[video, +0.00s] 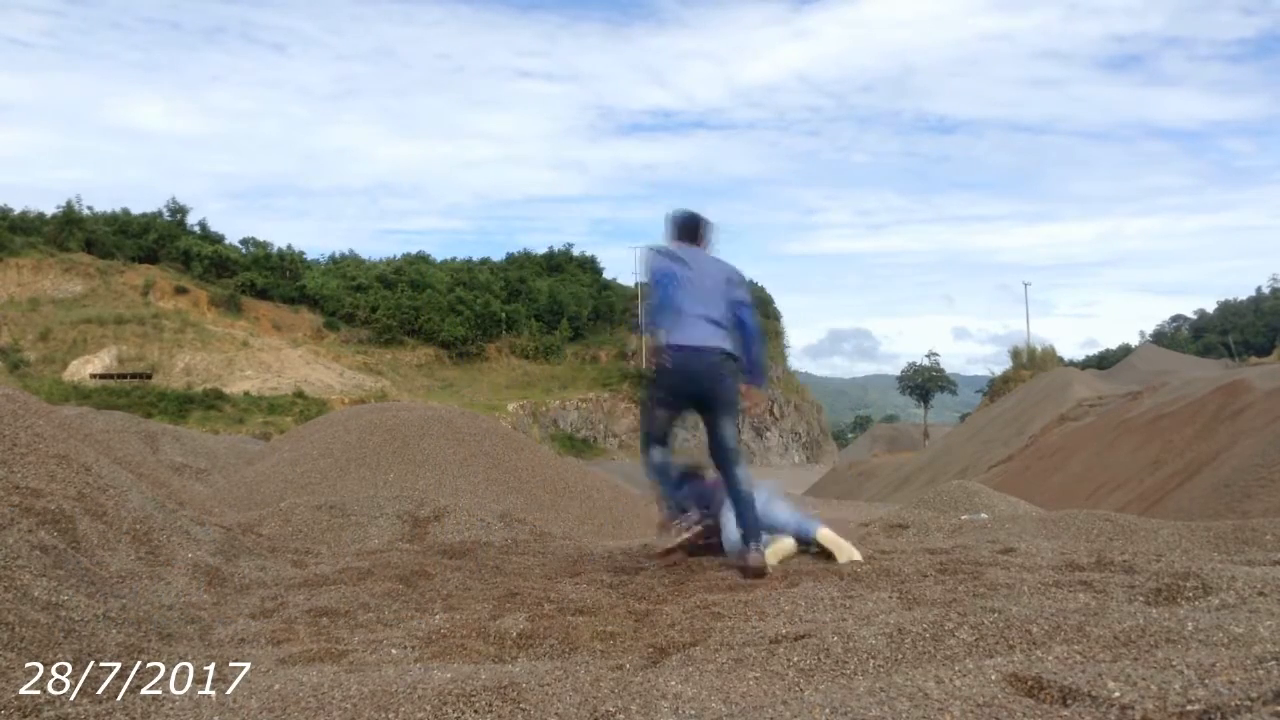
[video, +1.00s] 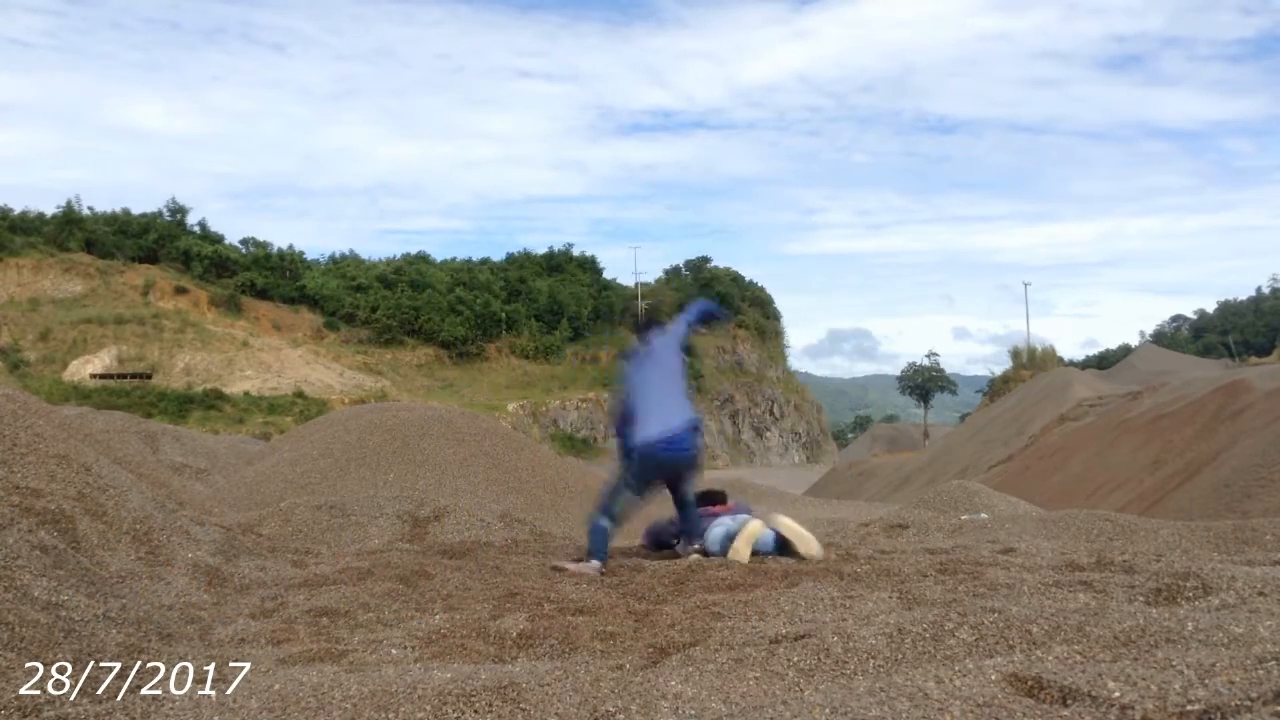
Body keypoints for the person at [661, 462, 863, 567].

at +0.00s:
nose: (684, 495)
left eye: (682, 491)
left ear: (682, 486)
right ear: (699, 476)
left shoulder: (687, 493)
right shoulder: (719, 480)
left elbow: (697, 523)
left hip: (727, 507)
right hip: (752, 490)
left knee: (734, 544)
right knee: (780, 515)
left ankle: (775, 545)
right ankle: (823, 535)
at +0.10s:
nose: (674, 518)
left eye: (674, 514)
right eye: (675, 515)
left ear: (678, 509)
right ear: (696, 500)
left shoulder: (682, 512)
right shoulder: (717, 501)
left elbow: (689, 520)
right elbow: (767, 504)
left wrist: (691, 549)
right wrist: (774, 525)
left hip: (718, 529)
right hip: (748, 517)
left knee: (736, 544)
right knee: (790, 539)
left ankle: (755, 548)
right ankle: (819, 536)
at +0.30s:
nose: (683, 481)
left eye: (682, 475)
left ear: (683, 475)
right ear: (707, 471)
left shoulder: (679, 492)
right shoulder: (736, 482)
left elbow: (653, 520)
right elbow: (772, 509)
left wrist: (649, 546)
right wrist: (774, 529)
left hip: (718, 526)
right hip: (751, 517)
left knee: (736, 541)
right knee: (783, 539)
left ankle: (756, 542)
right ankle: (812, 535)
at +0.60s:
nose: (677, 463)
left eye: (678, 458)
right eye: (675, 459)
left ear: (690, 450)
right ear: (706, 449)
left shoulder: (681, 470)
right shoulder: (733, 462)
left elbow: (666, 504)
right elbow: (757, 490)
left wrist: (652, 538)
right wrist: (774, 518)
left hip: (705, 511)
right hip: (738, 499)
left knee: (726, 540)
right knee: (764, 523)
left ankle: (752, 544)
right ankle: (787, 544)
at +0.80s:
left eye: (697, 503)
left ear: (700, 503)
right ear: (723, 502)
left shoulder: (697, 509)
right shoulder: (740, 504)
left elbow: (665, 515)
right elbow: (767, 508)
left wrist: (661, 546)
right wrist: (773, 521)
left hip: (718, 528)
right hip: (755, 519)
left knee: (737, 538)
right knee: (773, 540)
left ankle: (755, 539)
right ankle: (802, 541)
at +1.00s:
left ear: (698, 506)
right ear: (725, 505)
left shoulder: (691, 517)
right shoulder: (738, 510)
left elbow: (652, 534)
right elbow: (752, 512)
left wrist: (675, 543)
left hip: (713, 531)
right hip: (744, 520)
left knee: (725, 545)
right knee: (767, 540)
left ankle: (740, 540)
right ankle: (793, 541)